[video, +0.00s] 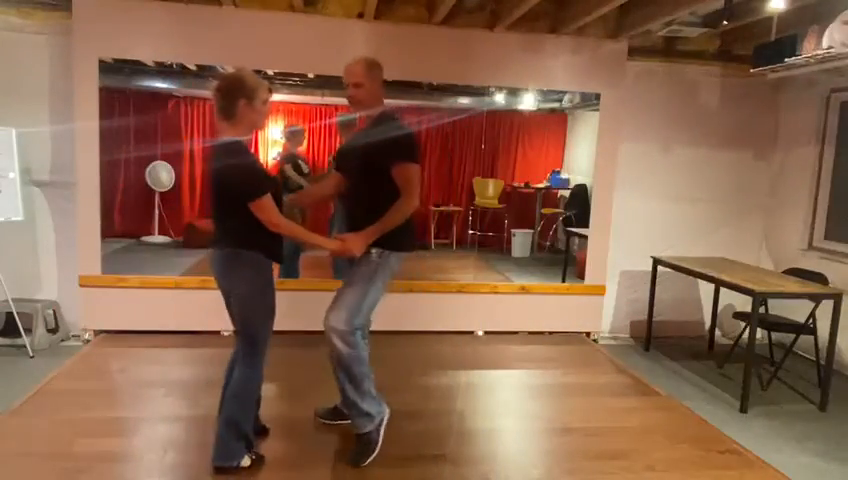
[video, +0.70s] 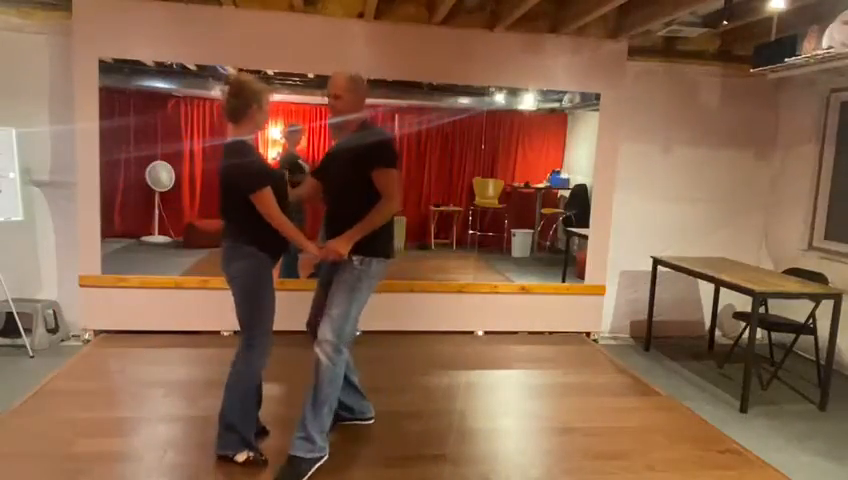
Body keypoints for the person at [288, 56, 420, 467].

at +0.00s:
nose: (351, 93)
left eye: (358, 85)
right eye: (348, 87)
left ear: (380, 85)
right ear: (349, 90)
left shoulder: (397, 133)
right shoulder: (355, 137)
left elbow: (412, 197)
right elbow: (333, 184)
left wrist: (365, 236)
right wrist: (290, 201)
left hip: (386, 247)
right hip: (358, 244)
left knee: (340, 322)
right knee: (351, 327)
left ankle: (371, 415)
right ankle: (352, 404)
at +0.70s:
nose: (331, 103)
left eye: (337, 96)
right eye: (330, 96)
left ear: (360, 99)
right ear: (336, 100)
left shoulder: (376, 141)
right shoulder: (338, 148)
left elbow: (393, 201)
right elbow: (306, 191)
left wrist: (348, 239)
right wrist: (266, 197)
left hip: (366, 255)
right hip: (337, 253)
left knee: (330, 340)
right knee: (322, 330)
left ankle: (310, 446)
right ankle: (354, 405)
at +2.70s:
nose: (299, 89)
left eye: (304, 79)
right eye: (296, 82)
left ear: (332, 74)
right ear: (307, 83)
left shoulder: (360, 130)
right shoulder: (309, 132)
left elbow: (399, 210)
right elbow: (295, 193)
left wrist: (356, 263)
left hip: (339, 265)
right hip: (311, 258)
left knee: (307, 371)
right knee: (321, 347)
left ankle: (314, 467)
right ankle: (338, 420)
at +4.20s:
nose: (275, 98)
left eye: (281, 88)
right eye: (271, 91)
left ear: (305, 84)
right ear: (276, 93)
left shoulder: (329, 126)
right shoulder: (298, 134)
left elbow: (380, 170)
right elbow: (281, 180)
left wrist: (358, 227)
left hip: (340, 251)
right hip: (323, 250)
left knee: (323, 348)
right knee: (331, 342)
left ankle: (312, 457)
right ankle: (329, 418)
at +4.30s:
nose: (275, 97)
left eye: (281, 88)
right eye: (271, 90)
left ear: (305, 85)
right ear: (277, 92)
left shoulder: (328, 125)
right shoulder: (297, 135)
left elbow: (384, 164)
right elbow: (271, 179)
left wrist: (368, 223)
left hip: (343, 253)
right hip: (323, 253)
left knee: (325, 349)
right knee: (327, 342)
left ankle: (313, 460)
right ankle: (326, 418)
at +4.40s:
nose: (277, 92)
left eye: (284, 84)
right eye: (273, 85)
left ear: (308, 84)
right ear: (274, 91)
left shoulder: (333, 124)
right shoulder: (291, 138)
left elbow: (388, 154)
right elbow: (264, 183)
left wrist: (379, 214)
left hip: (344, 252)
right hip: (320, 252)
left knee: (325, 351)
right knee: (318, 340)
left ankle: (313, 462)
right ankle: (325, 416)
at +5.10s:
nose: (312, 136)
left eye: (318, 128)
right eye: (305, 129)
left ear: (334, 129)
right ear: (298, 135)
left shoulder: (361, 166)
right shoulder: (295, 188)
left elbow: (392, 220)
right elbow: (247, 217)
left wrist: (348, 254)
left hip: (367, 279)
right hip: (327, 280)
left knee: (306, 353)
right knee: (276, 343)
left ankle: (313, 467)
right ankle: (322, 419)